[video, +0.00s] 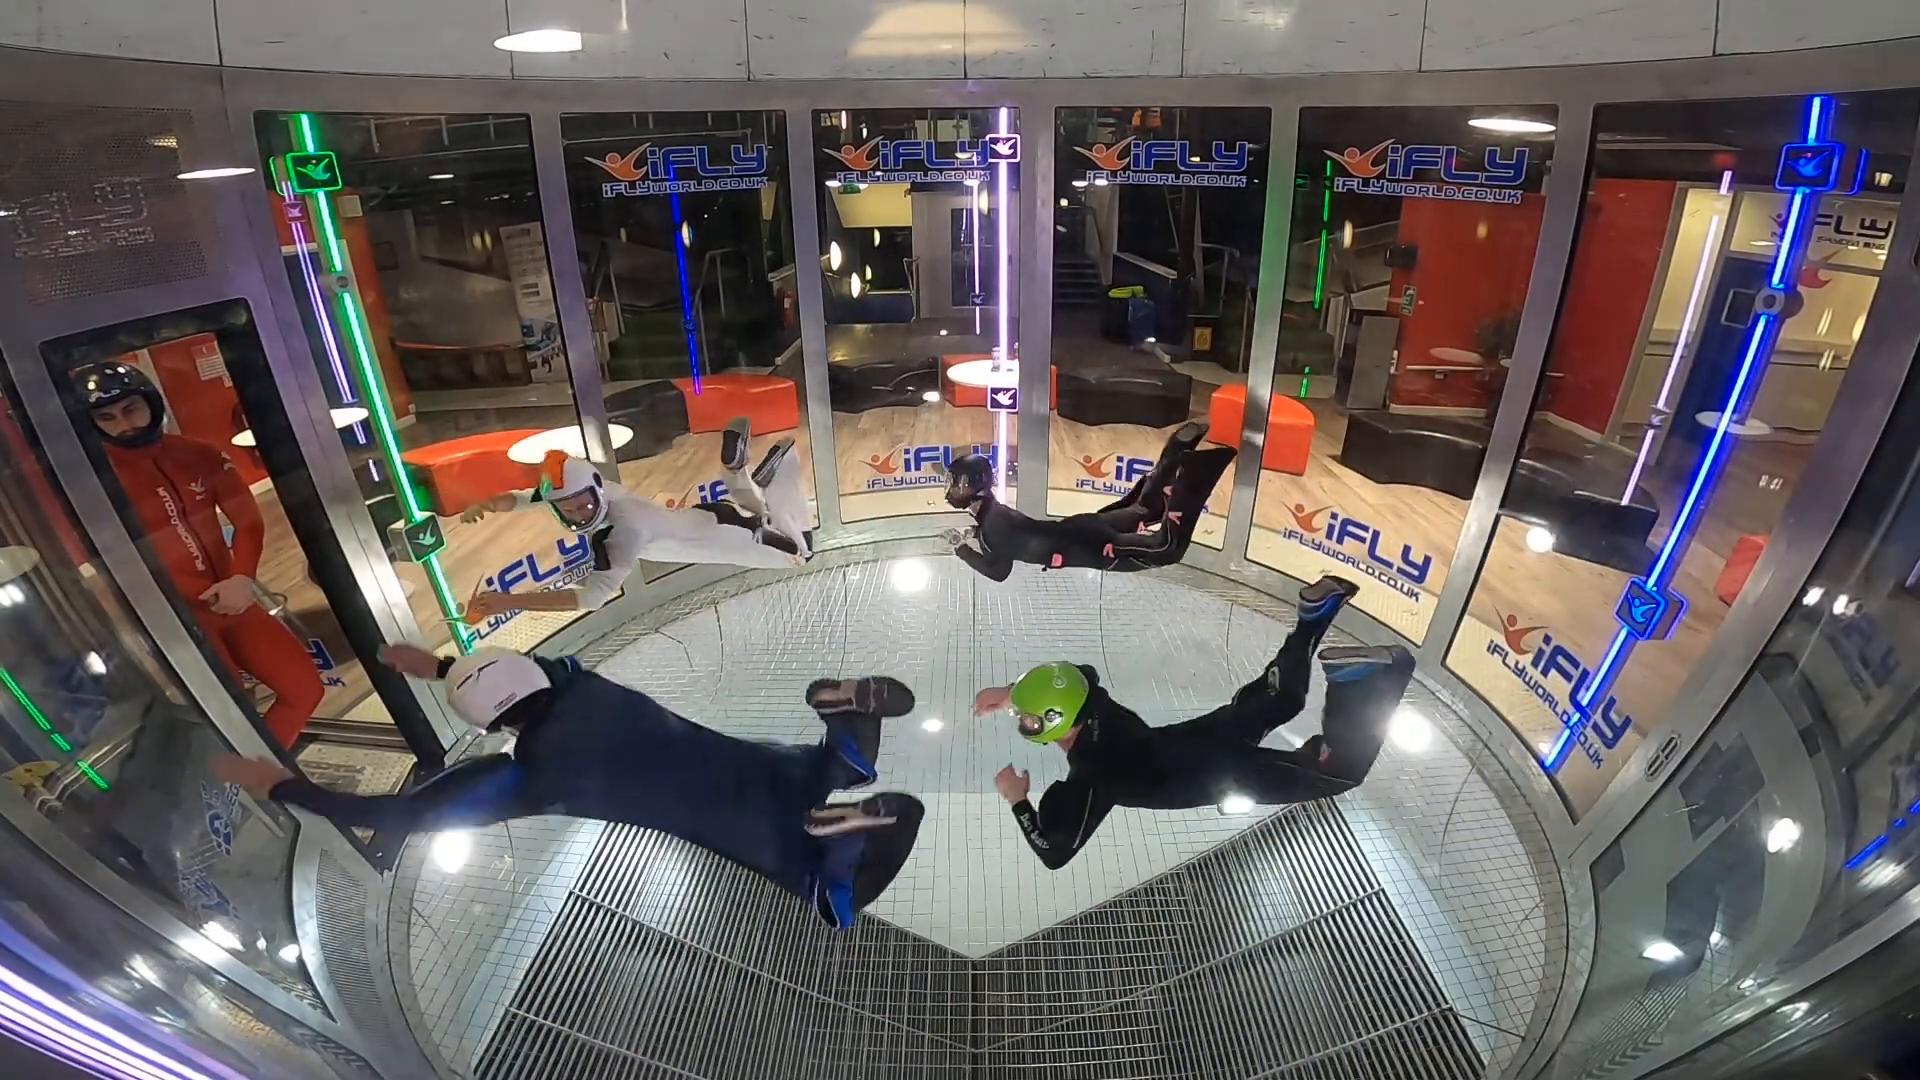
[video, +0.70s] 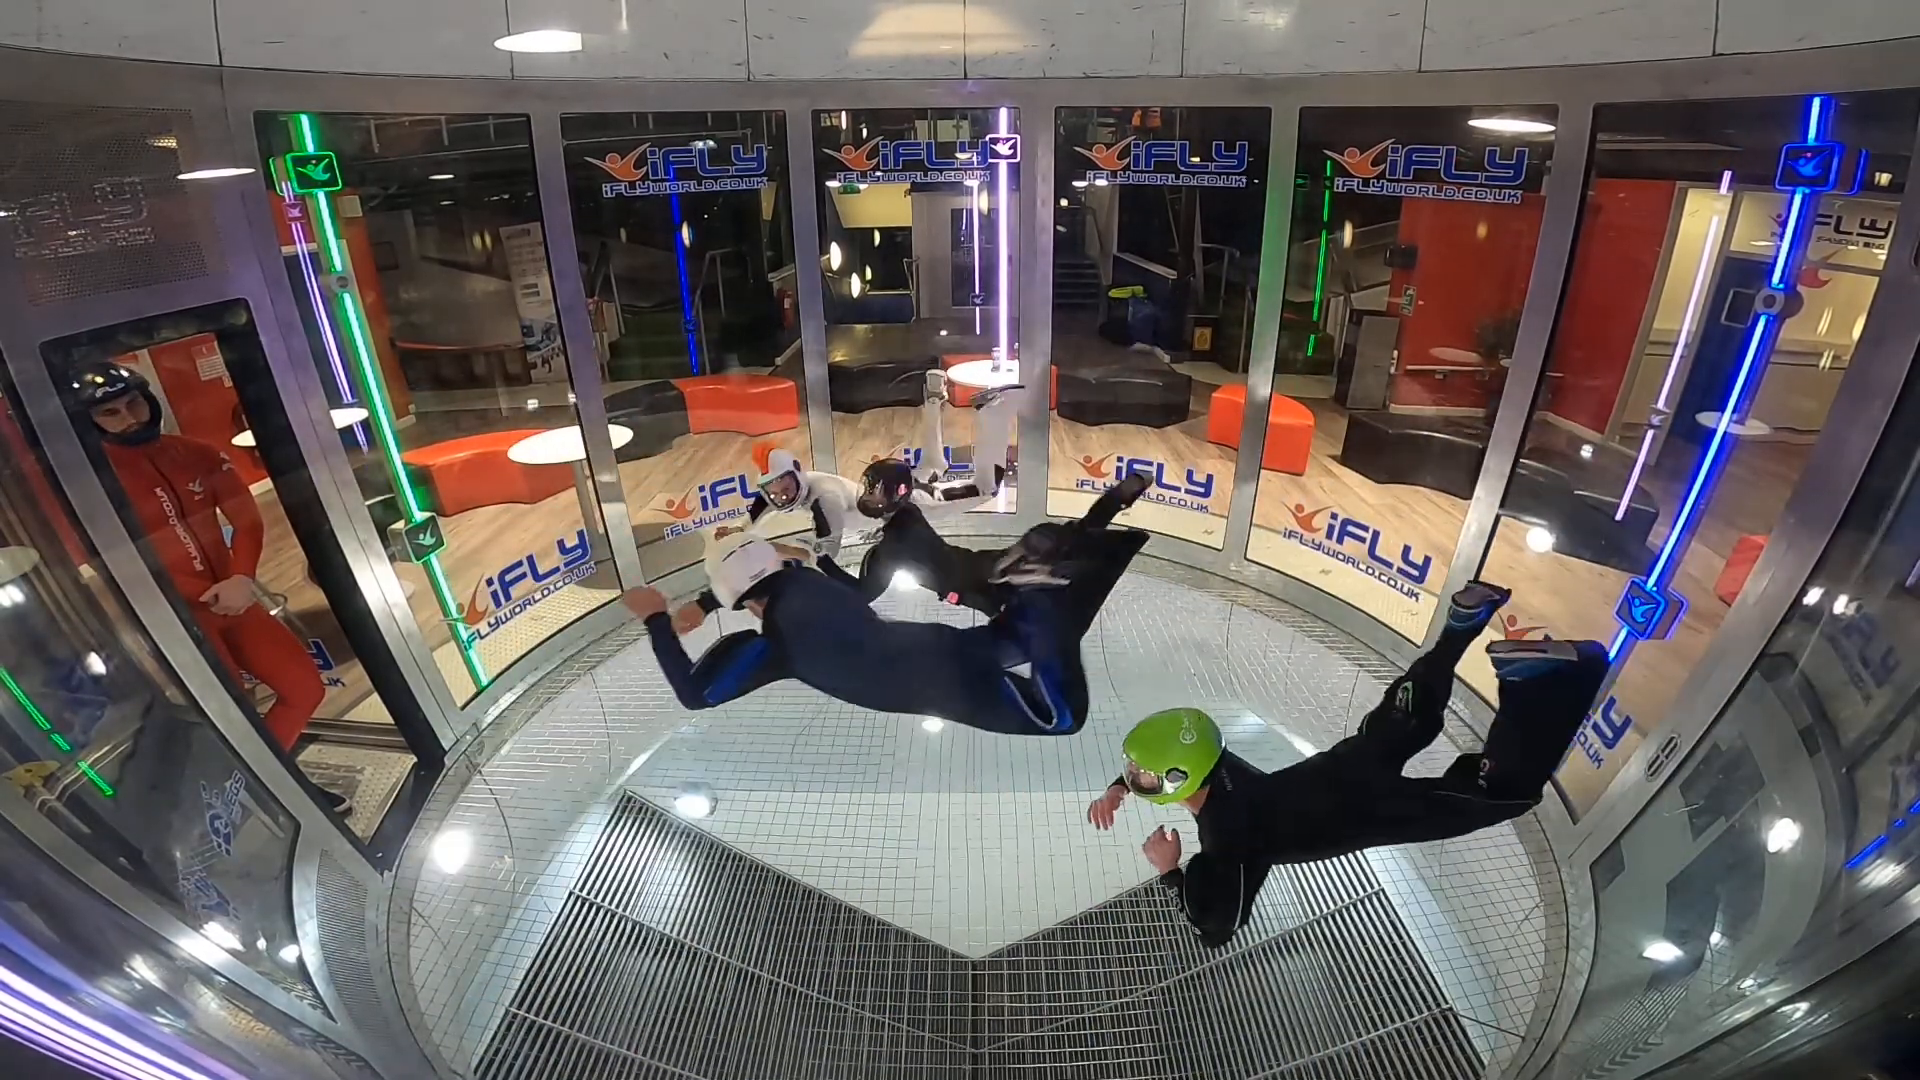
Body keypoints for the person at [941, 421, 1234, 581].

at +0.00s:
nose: (952, 489)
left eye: (960, 483)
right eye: (952, 482)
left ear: (979, 486)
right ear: (962, 484)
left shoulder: (994, 524)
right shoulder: (986, 513)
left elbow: (997, 572)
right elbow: (999, 564)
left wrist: (963, 550)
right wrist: (967, 544)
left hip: (1086, 545)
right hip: (1078, 529)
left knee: (1167, 548)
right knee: (1142, 508)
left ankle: (1189, 472)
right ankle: (1175, 450)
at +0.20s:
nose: (932, 490)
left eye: (940, 486)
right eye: (934, 484)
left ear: (958, 495)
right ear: (953, 492)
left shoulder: (972, 529)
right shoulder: (968, 518)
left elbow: (965, 579)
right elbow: (967, 563)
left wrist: (926, 549)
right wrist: (941, 540)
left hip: (1061, 563)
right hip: (1056, 546)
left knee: (1151, 582)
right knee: (1132, 534)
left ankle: (1177, 504)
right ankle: (1151, 473)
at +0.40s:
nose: (917, 491)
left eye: (924, 486)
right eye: (916, 484)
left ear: (941, 491)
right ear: (919, 488)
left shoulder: (944, 530)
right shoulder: (937, 519)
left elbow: (932, 584)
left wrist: (905, 558)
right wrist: (903, 546)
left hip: (1028, 575)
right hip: (1026, 560)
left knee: (1121, 607)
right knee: (1103, 562)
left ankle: (1137, 523)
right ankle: (1126, 506)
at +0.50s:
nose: (896, 493)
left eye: (904, 487)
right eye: (897, 486)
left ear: (922, 493)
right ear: (920, 490)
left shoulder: (932, 534)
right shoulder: (929, 516)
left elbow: (901, 583)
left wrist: (877, 542)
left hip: (1017, 580)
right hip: (1015, 563)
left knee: (1103, 616)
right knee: (1087, 561)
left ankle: (1137, 527)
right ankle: (1131, 509)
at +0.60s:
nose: (886, 495)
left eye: (892, 488)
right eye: (886, 488)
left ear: (909, 492)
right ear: (915, 490)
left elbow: (880, 591)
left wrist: (854, 551)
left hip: (1001, 585)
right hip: (998, 562)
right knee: (1063, 561)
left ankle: (1124, 527)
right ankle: (1123, 511)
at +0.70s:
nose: (863, 494)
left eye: (871, 487)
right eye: (866, 485)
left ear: (891, 494)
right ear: (898, 490)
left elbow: (863, 594)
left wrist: (824, 563)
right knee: (1066, 543)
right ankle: (1116, 497)